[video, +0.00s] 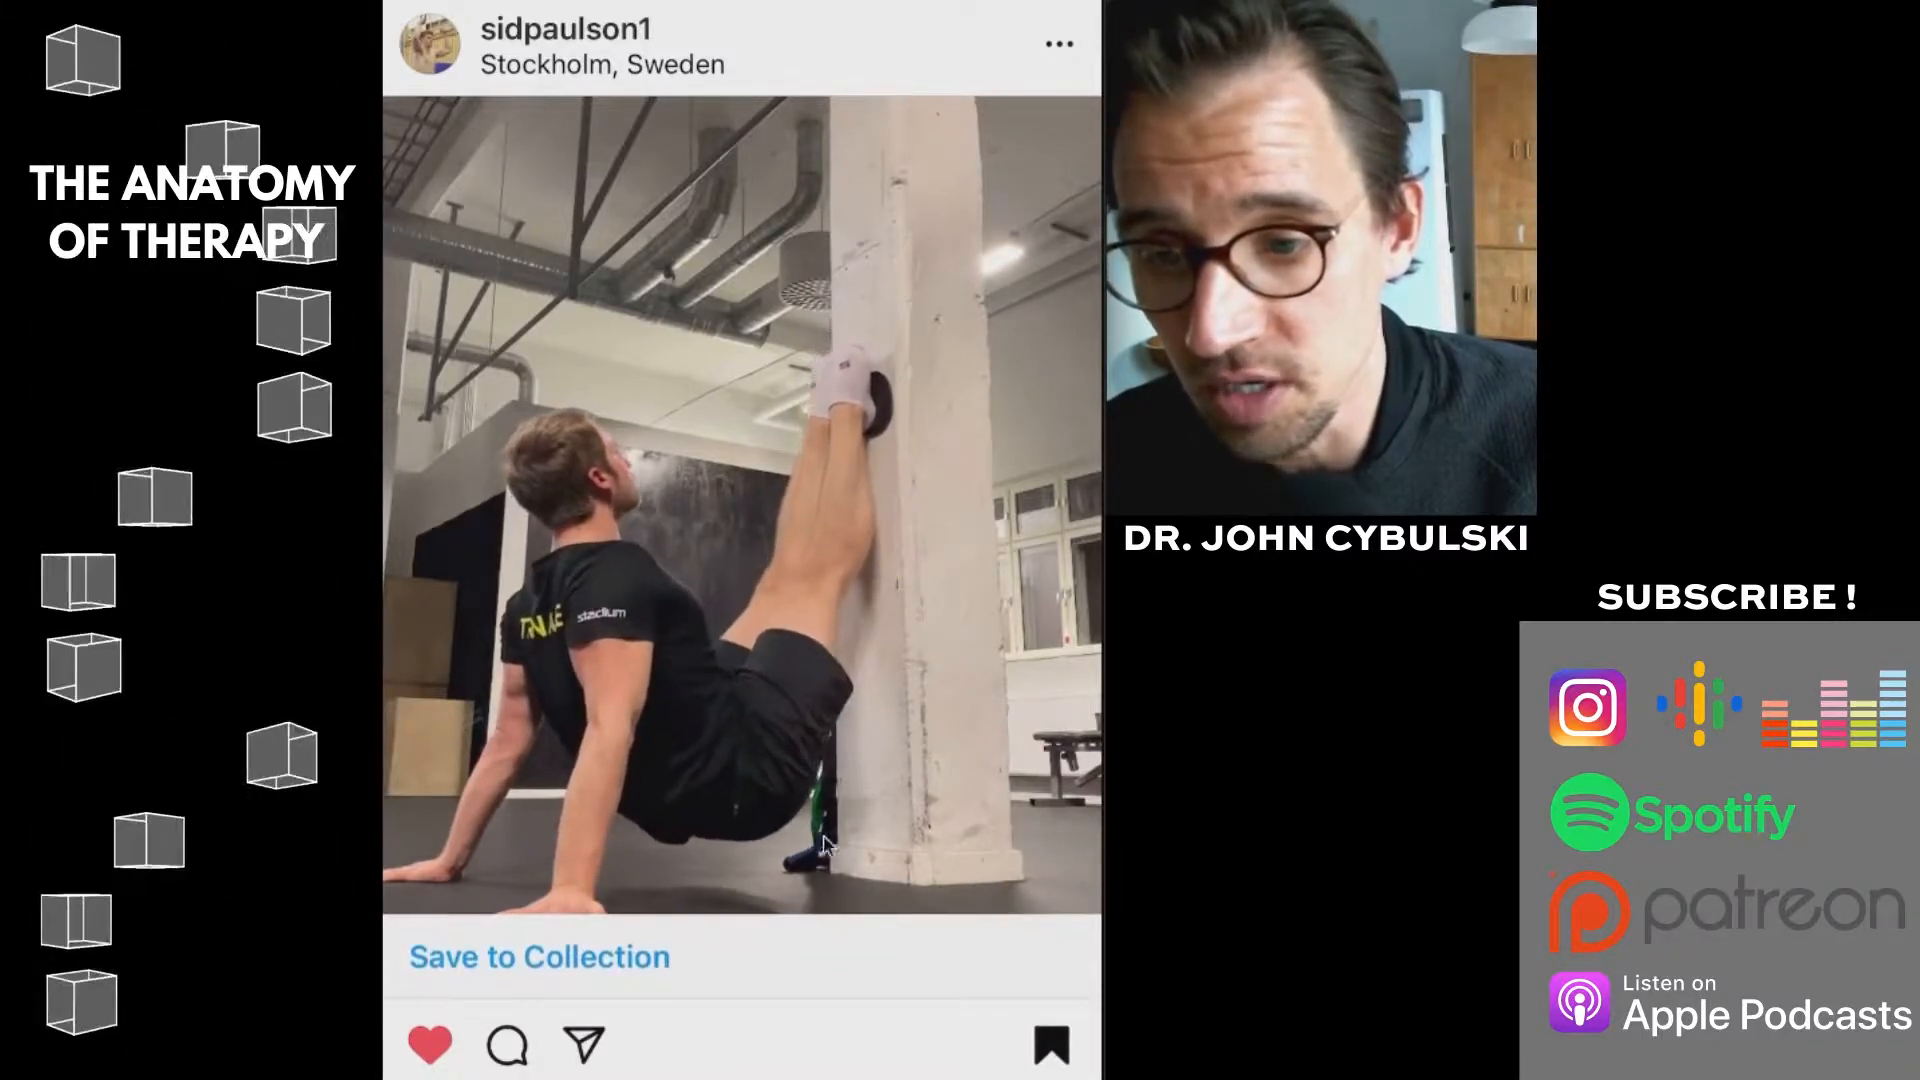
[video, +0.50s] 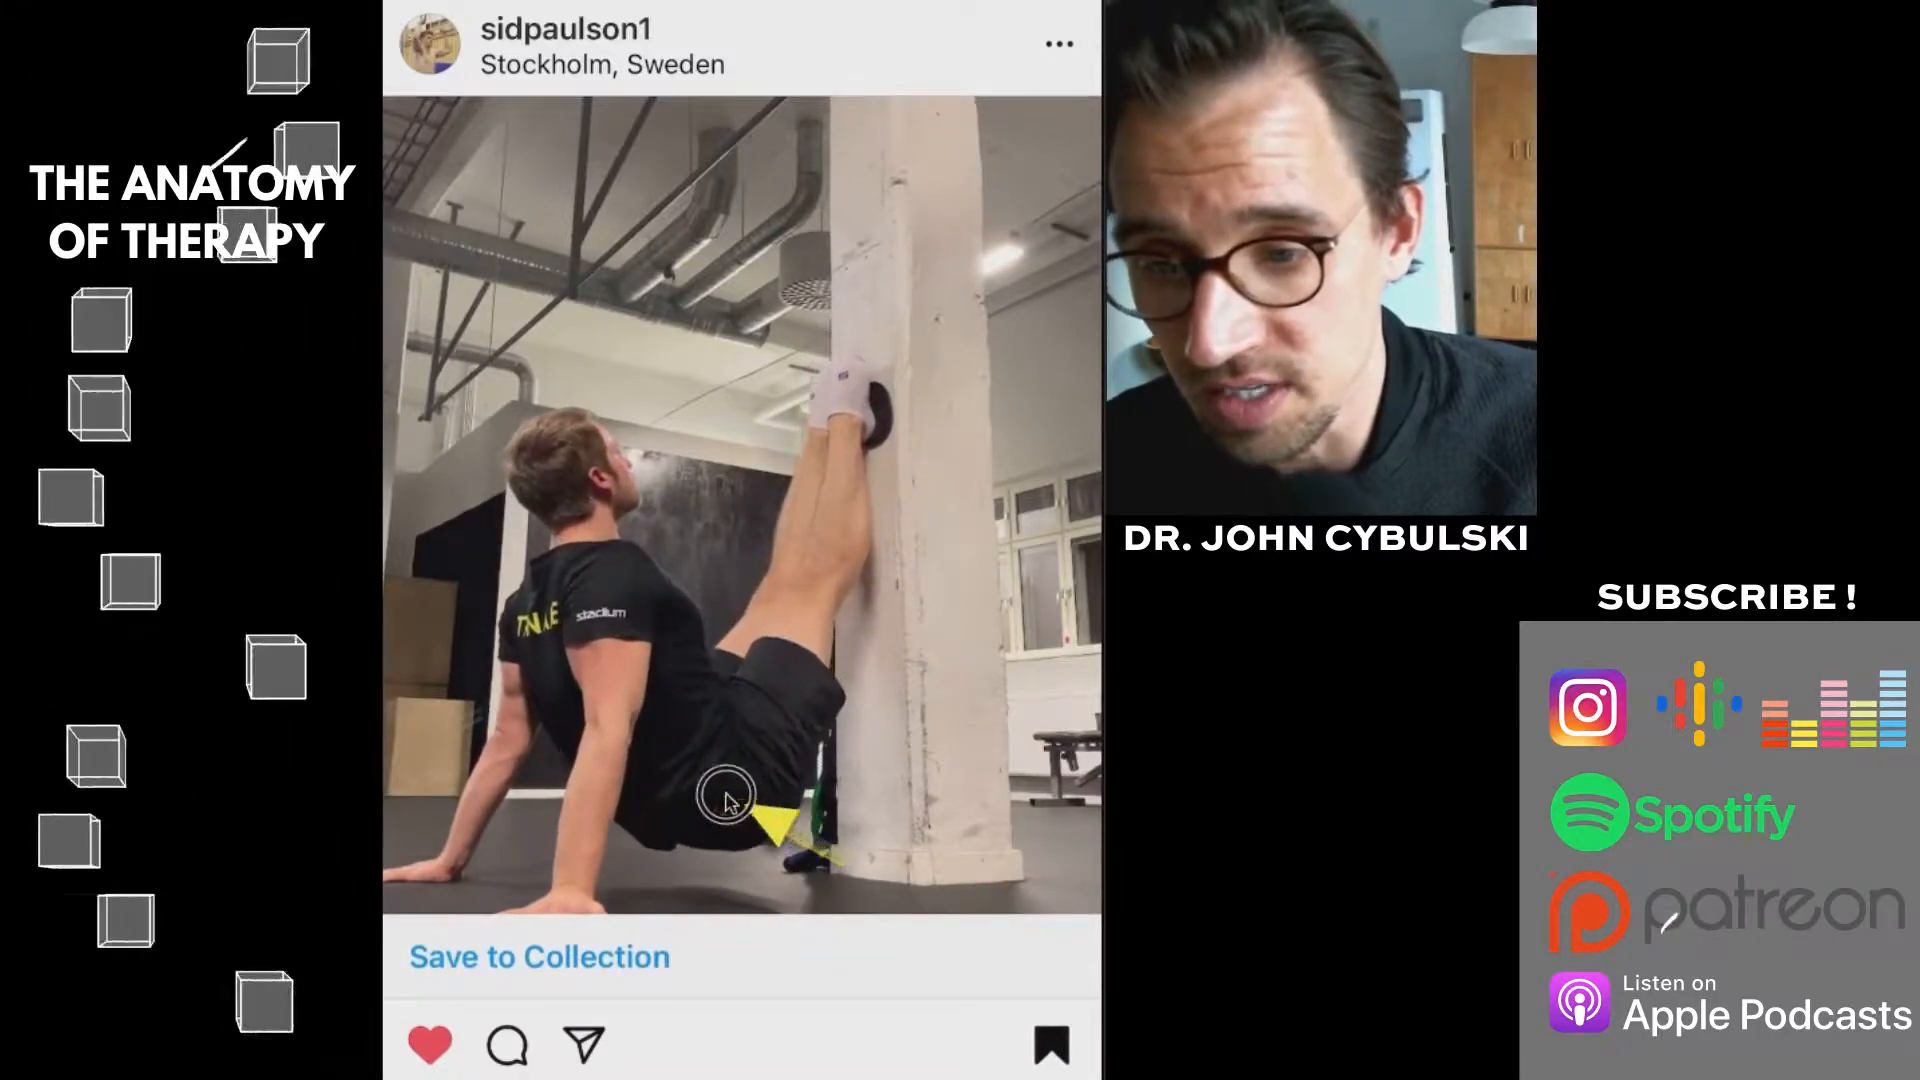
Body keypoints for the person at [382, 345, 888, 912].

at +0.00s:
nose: (626, 460)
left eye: (615, 448)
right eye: (614, 453)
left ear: (544, 502)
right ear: (600, 480)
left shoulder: (526, 604)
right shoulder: (614, 571)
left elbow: (508, 742)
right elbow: (609, 727)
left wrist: (450, 859)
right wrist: (573, 889)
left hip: (683, 799)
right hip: (749, 777)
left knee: (784, 579)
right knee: (819, 573)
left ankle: (826, 414)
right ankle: (847, 415)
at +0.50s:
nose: (628, 461)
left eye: (618, 449)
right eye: (616, 454)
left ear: (541, 501)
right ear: (600, 479)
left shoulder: (522, 602)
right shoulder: (613, 571)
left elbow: (508, 744)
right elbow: (605, 730)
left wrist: (450, 859)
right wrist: (572, 889)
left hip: (665, 806)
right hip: (732, 782)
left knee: (782, 585)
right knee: (816, 581)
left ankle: (825, 425)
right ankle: (846, 429)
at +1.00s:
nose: (629, 462)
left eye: (620, 450)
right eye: (618, 454)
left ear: (539, 498)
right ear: (600, 478)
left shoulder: (521, 602)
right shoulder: (611, 571)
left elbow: (507, 743)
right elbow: (604, 731)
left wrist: (449, 859)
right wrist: (573, 888)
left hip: (663, 812)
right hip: (732, 793)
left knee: (778, 592)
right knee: (812, 589)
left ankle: (825, 431)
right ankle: (849, 437)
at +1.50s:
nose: (630, 460)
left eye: (620, 448)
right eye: (620, 452)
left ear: (541, 496)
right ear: (603, 476)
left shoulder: (522, 600)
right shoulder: (615, 571)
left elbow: (506, 746)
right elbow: (606, 730)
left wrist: (449, 860)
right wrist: (573, 888)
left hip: (654, 820)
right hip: (722, 804)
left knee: (774, 601)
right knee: (810, 600)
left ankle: (824, 443)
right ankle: (847, 448)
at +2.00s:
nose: (632, 460)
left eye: (622, 448)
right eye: (622, 453)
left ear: (544, 499)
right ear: (604, 478)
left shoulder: (526, 600)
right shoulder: (616, 569)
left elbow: (508, 747)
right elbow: (607, 730)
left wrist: (450, 860)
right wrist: (572, 886)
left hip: (650, 829)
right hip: (708, 814)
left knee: (773, 609)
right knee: (805, 608)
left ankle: (825, 456)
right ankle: (846, 455)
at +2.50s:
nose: (632, 460)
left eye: (622, 449)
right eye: (622, 453)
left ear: (546, 497)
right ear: (605, 478)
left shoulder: (529, 601)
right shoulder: (616, 569)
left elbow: (508, 750)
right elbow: (607, 735)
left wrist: (449, 861)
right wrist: (572, 885)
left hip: (645, 836)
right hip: (693, 824)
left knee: (769, 617)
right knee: (804, 615)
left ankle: (825, 467)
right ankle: (846, 466)